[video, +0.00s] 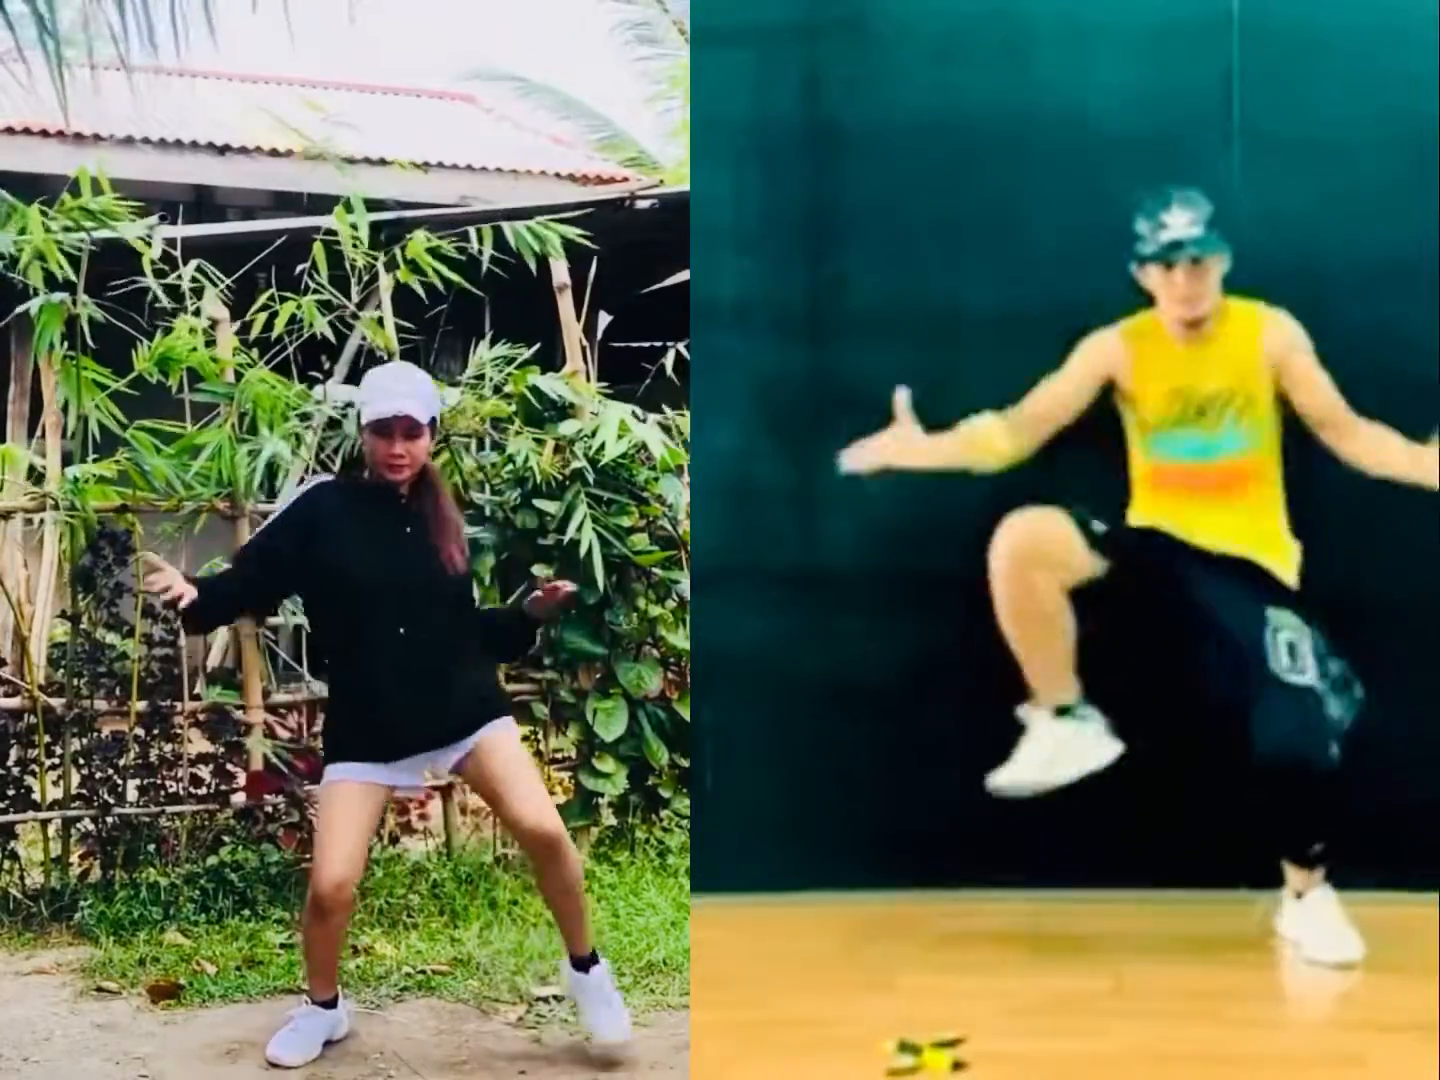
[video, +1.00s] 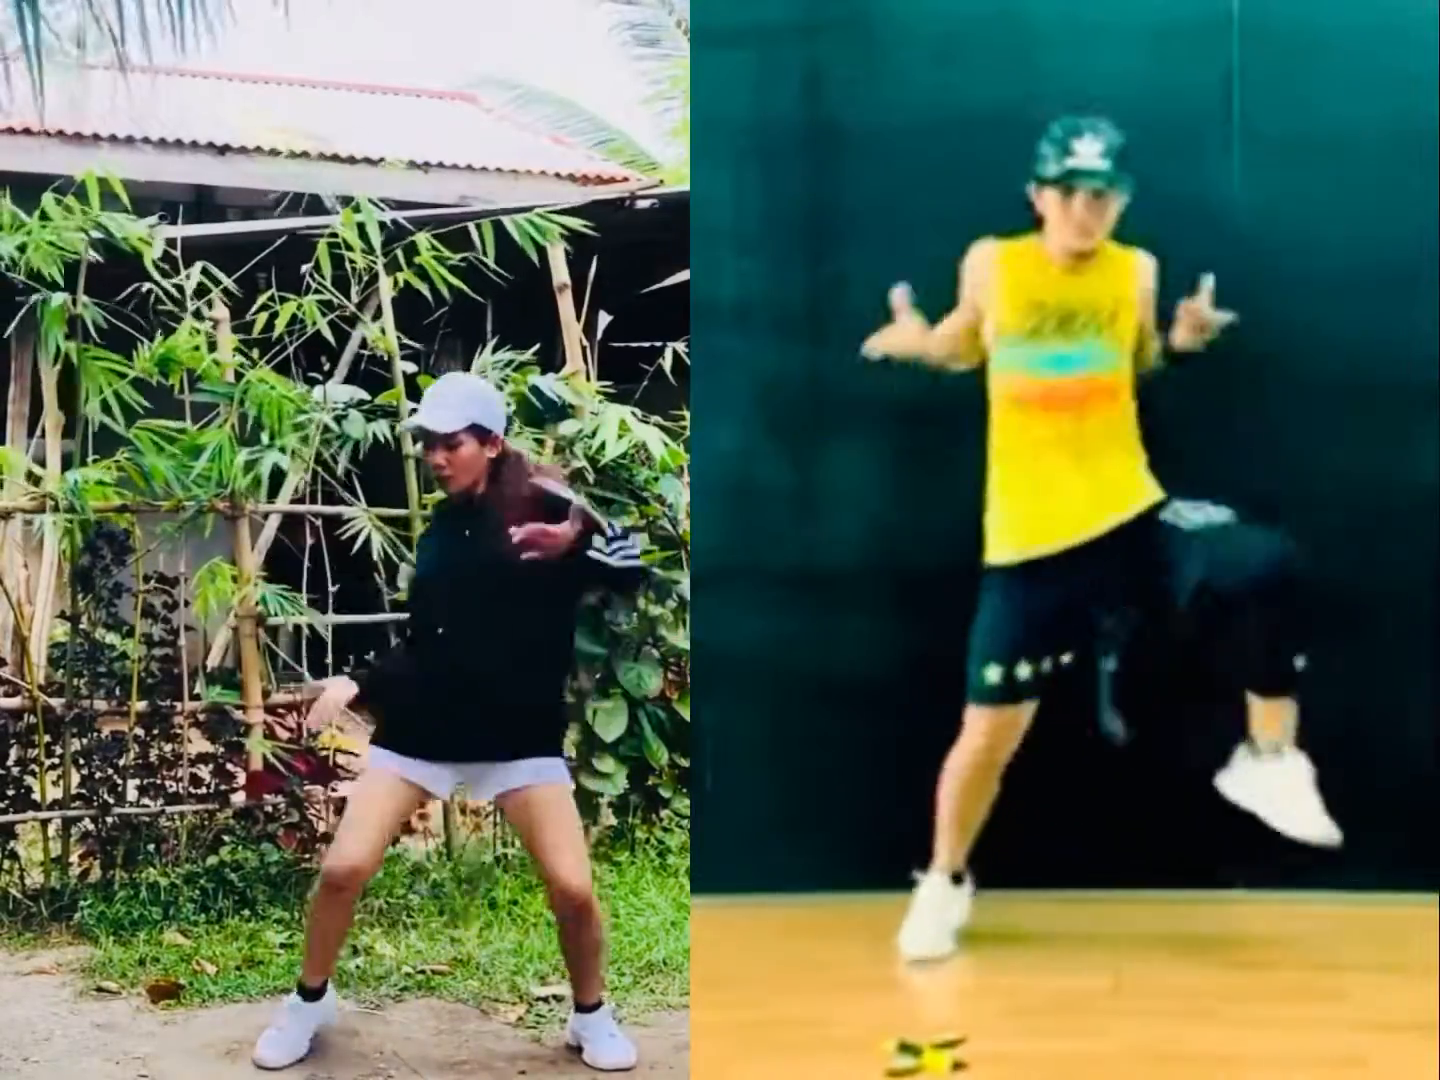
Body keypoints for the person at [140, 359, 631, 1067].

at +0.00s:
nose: (398, 448)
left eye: (411, 434)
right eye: (384, 433)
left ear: (432, 438)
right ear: (363, 436)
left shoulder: (440, 517)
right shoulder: (324, 510)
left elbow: (460, 630)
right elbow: (252, 579)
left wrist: (528, 613)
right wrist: (195, 598)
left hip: (466, 710)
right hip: (365, 729)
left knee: (543, 829)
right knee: (329, 888)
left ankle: (587, 969)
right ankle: (322, 1007)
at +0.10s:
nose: (420, 464)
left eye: (434, 448)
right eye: (405, 449)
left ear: (456, 452)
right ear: (386, 456)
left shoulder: (486, 536)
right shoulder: (355, 547)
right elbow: (295, 642)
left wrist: (588, 581)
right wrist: (229, 679)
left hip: (482, 745)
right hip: (375, 753)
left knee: (570, 860)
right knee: (336, 904)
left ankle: (595, 1007)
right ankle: (320, 1009)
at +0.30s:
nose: (468, 468)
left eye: (481, 451)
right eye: (455, 455)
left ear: (514, 448)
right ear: (444, 462)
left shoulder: (562, 534)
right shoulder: (437, 545)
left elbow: (591, 627)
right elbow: (396, 656)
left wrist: (628, 654)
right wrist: (362, 629)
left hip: (555, 747)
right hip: (449, 740)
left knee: (590, 902)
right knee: (363, 869)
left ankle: (594, 1015)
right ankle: (324, 1001)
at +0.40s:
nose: (482, 448)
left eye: (494, 431)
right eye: (470, 436)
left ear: (532, 425)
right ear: (463, 441)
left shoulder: (588, 511)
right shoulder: (463, 521)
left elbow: (615, 615)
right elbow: (388, 601)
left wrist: (633, 639)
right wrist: (310, 593)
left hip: (576, 725)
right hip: (474, 715)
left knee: (585, 886)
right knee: (375, 828)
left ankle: (593, 1014)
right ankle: (372, 971)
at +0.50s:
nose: (491, 438)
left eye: (503, 422)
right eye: (481, 426)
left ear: (545, 415)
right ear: (477, 429)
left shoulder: (605, 494)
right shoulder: (483, 508)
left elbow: (681, 598)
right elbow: (431, 619)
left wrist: (674, 570)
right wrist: (349, 632)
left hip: (574, 709)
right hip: (474, 694)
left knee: (587, 876)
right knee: (381, 796)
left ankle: (591, 1012)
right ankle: (434, 910)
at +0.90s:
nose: (461, 448)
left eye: (474, 433)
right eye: (454, 435)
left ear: (517, 430)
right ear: (457, 437)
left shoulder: (578, 510)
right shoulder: (459, 521)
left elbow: (643, 596)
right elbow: (407, 637)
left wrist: (610, 536)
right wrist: (314, 657)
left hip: (561, 727)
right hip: (458, 710)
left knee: (580, 886)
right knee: (345, 806)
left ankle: (592, 1011)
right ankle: (344, 950)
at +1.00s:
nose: (435, 457)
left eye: (449, 443)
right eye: (429, 443)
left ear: (492, 443)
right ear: (424, 446)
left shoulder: (545, 504)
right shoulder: (443, 530)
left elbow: (632, 567)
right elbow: (427, 646)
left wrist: (580, 535)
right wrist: (354, 687)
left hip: (521, 739)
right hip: (417, 733)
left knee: (574, 891)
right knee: (341, 871)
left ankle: (592, 1016)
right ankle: (308, 1002)